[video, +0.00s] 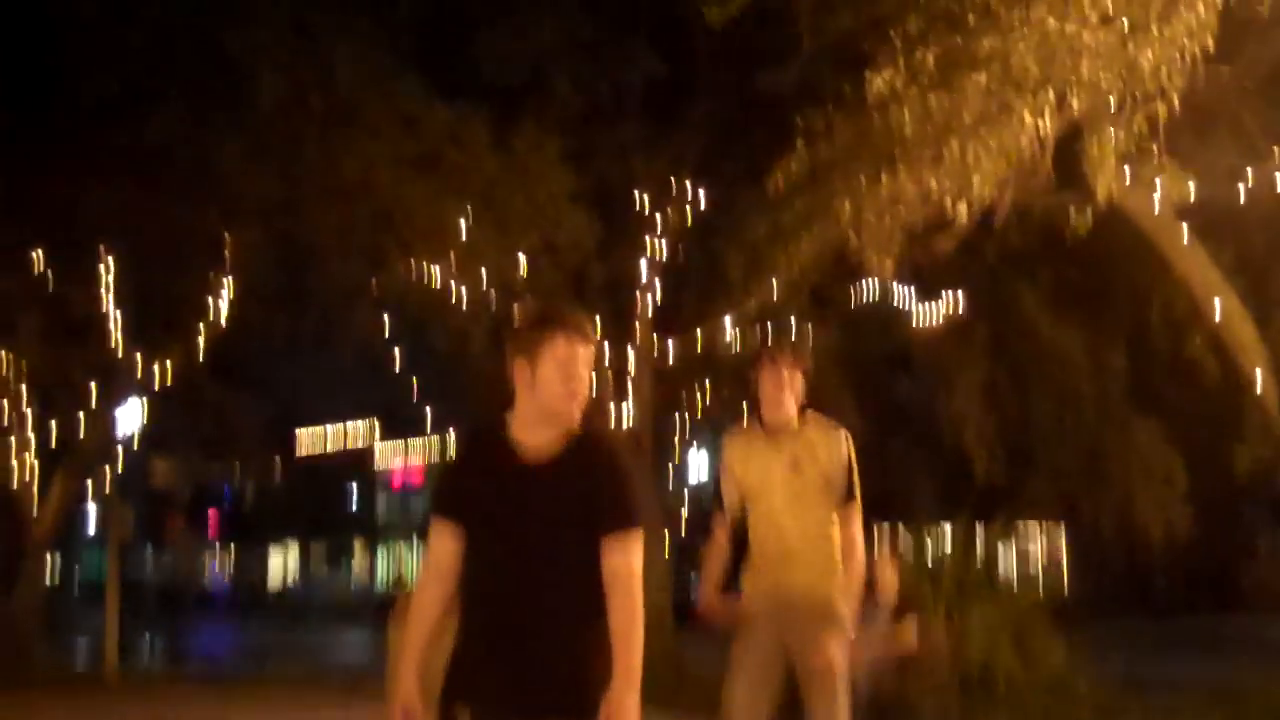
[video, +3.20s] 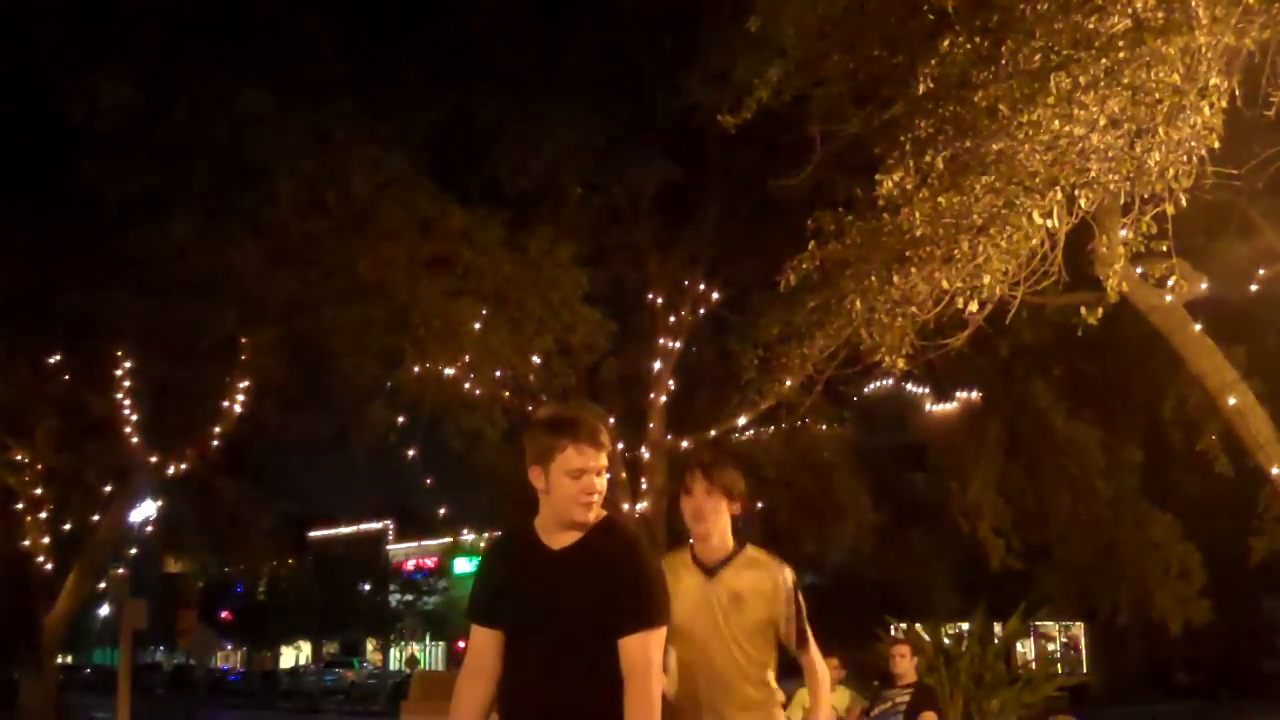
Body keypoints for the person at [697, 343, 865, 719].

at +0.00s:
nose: (780, 390)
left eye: (788, 380)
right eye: (771, 381)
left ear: (802, 385)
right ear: (757, 387)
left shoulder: (834, 440)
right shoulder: (737, 445)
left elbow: (852, 527)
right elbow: (725, 524)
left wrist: (848, 608)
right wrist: (708, 593)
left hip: (821, 606)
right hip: (760, 605)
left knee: (831, 712)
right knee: (742, 708)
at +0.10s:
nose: (791, 397)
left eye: (801, 388)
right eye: (781, 385)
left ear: (811, 399)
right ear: (763, 395)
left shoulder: (841, 460)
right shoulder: (742, 461)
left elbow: (865, 551)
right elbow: (733, 544)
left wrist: (866, 633)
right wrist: (708, 604)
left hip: (828, 620)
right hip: (766, 618)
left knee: (832, 713)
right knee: (742, 712)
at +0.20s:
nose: (802, 419)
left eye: (811, 409)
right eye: (792, 408)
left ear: (824, 419)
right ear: (775, 417)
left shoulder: (853, 478)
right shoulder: (754, 481)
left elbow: (887, 575)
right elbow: (747, 575)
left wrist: (889, 661)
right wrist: (717, 653)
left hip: (840, 651)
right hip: (776, 652)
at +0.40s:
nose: (812, 454)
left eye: (821, 446)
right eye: (802, 443)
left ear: (832, 458)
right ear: (782, 452)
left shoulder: (861, 520)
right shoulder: (759, 520)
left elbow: (905, 607)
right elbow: (755, 606)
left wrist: (891, 684)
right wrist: (747, 684)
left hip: (843, 675)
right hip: (780, 674)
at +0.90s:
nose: (771, 485)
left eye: (782, 477)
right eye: (761, 475)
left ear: (795, 489)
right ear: (747, 487)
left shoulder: (826, 549)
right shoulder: (737, 553)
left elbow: (855, 640)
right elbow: (743, 632)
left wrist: (853, 713)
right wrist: (732, 708)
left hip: (817, 702)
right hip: (758, 701)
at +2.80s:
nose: (724, 470)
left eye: (735, 459)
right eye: (715, 460)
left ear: (755, 467)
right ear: (705, 469)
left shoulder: (792, 529)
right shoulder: (692, 532)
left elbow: (826, 608)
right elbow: (690, 623)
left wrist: (834, 695)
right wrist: (676, 700)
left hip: (782, 687)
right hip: (721, 688)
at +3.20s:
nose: (698, 506)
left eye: (710, 494)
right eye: (689, 494)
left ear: (735, 504)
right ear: (679, 502)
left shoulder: (774, 576)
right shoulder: (664, 574)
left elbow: (813, 664)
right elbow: (652, 661)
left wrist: (820, 713)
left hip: (759, 711)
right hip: (689, 711)